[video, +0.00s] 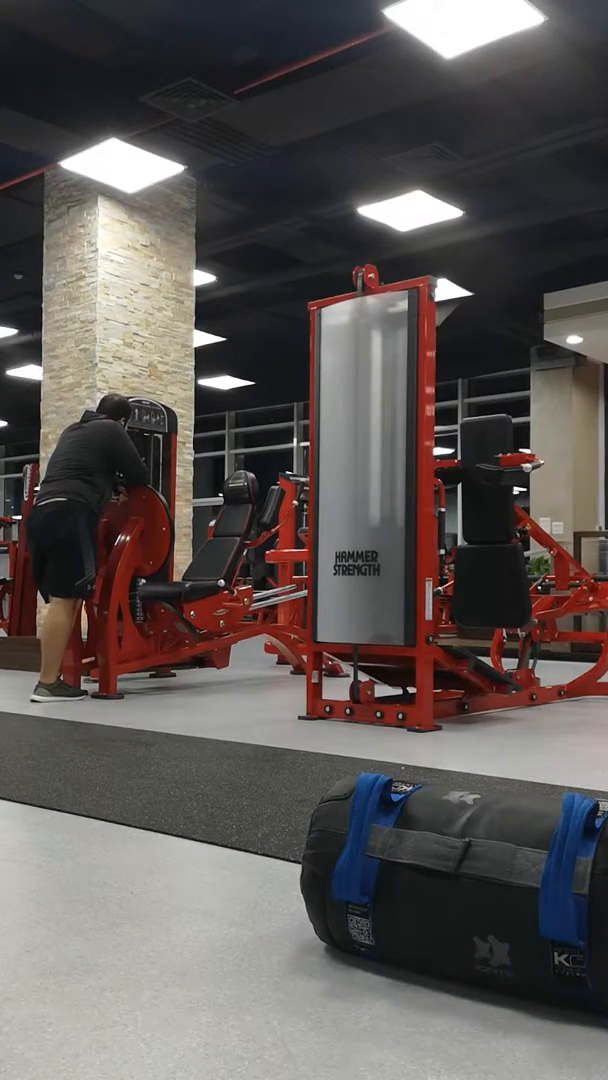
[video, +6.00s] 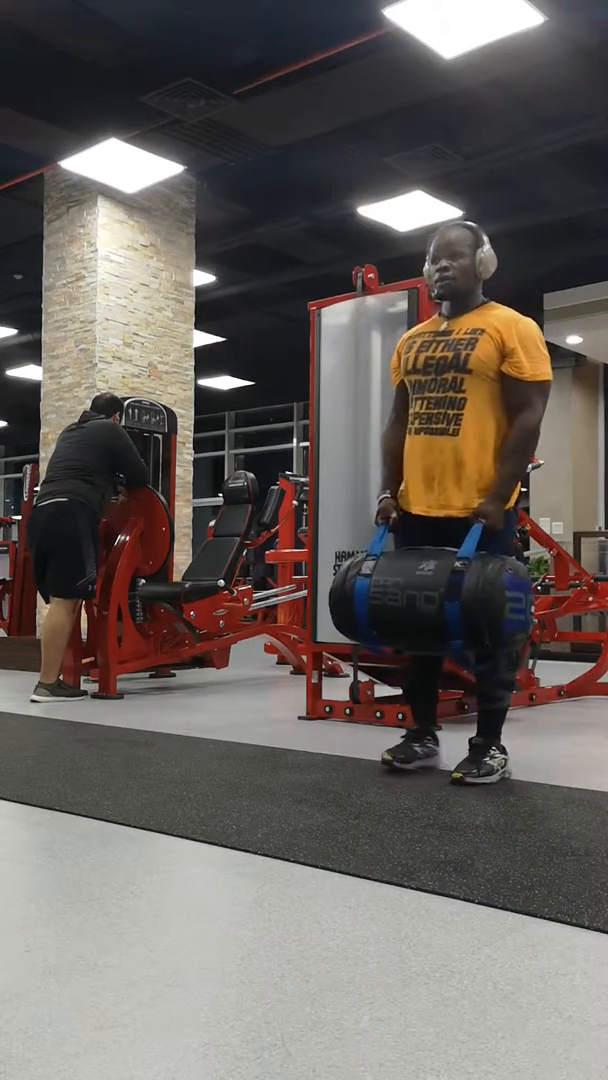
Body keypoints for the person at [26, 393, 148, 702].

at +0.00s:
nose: (126, 427)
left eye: (126, 424)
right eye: (127, 423)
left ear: (99, 414)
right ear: (122, 420)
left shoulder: (71, 431)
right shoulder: (113, 431)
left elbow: (75, 469)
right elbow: (141, 478)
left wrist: (109, 486)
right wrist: (114, 474)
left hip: (40, 512)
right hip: (66, 511)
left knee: (63, 600)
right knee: (62, 600)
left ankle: (51, 678)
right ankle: (48, 682)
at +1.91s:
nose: (126, 427)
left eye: (126, 423)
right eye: (127, 423)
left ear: (100, 414)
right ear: (122, 419)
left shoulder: (71, 431)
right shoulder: (113, 430)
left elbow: (74, 471)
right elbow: (140, 478)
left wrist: (110, 486)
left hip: (44, 511)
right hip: (70, 510)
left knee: (67, 601)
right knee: (63, 601)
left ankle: (53, 678)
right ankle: (47, 682)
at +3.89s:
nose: (123, 424)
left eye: (122, 420)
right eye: (124, 420)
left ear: (94, 413)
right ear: (119, 417)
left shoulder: (70, 431)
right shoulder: (112, 431)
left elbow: (76, 470)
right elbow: (141, 478)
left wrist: (111, 486)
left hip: (43, 511)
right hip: (68, 511)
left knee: (68, 601)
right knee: (59, 601)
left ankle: (54, 678)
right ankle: (47, 682)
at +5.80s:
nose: (121, 424)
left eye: (120, 420)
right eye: (121, 419)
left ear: (91, 413)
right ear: (115, 417)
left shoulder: (69, 431)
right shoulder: (112, 431)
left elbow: (74, 471)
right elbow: (140, 478)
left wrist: (109, 487)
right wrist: (111, 475)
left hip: (41, 512)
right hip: (69, 511)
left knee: (60, 601)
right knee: (63, 601)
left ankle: (51, 679)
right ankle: (48, 682)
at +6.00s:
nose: (121, 424)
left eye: (120, 420)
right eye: (121, 419)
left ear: (91, 413)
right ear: (115, 417)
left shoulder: (69, 431)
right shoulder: (112, 431)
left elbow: (74, 471)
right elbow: (140, 478)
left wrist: (109, 487)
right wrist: (112, 475)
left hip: (41, 511)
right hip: (69, 511)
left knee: (61, 601)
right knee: (63, 601)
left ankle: (51, 679)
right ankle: (48, 682)